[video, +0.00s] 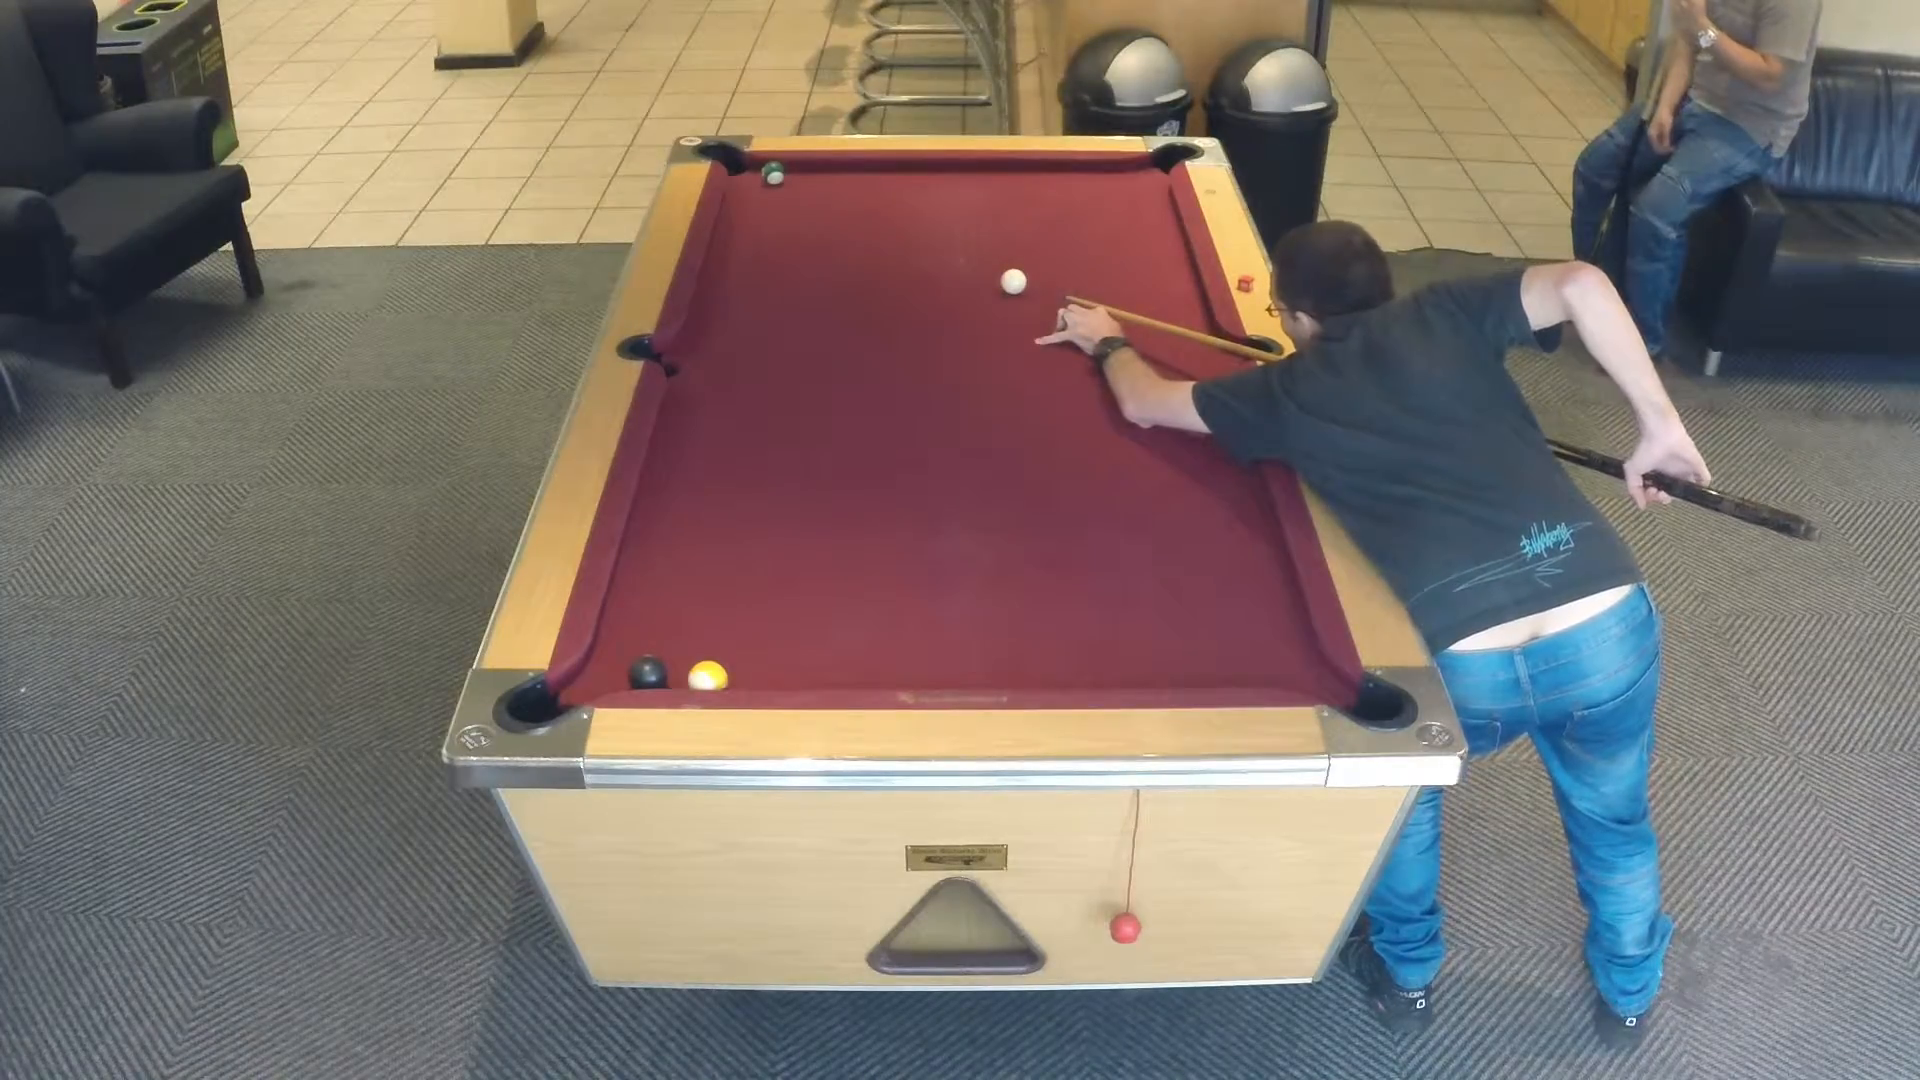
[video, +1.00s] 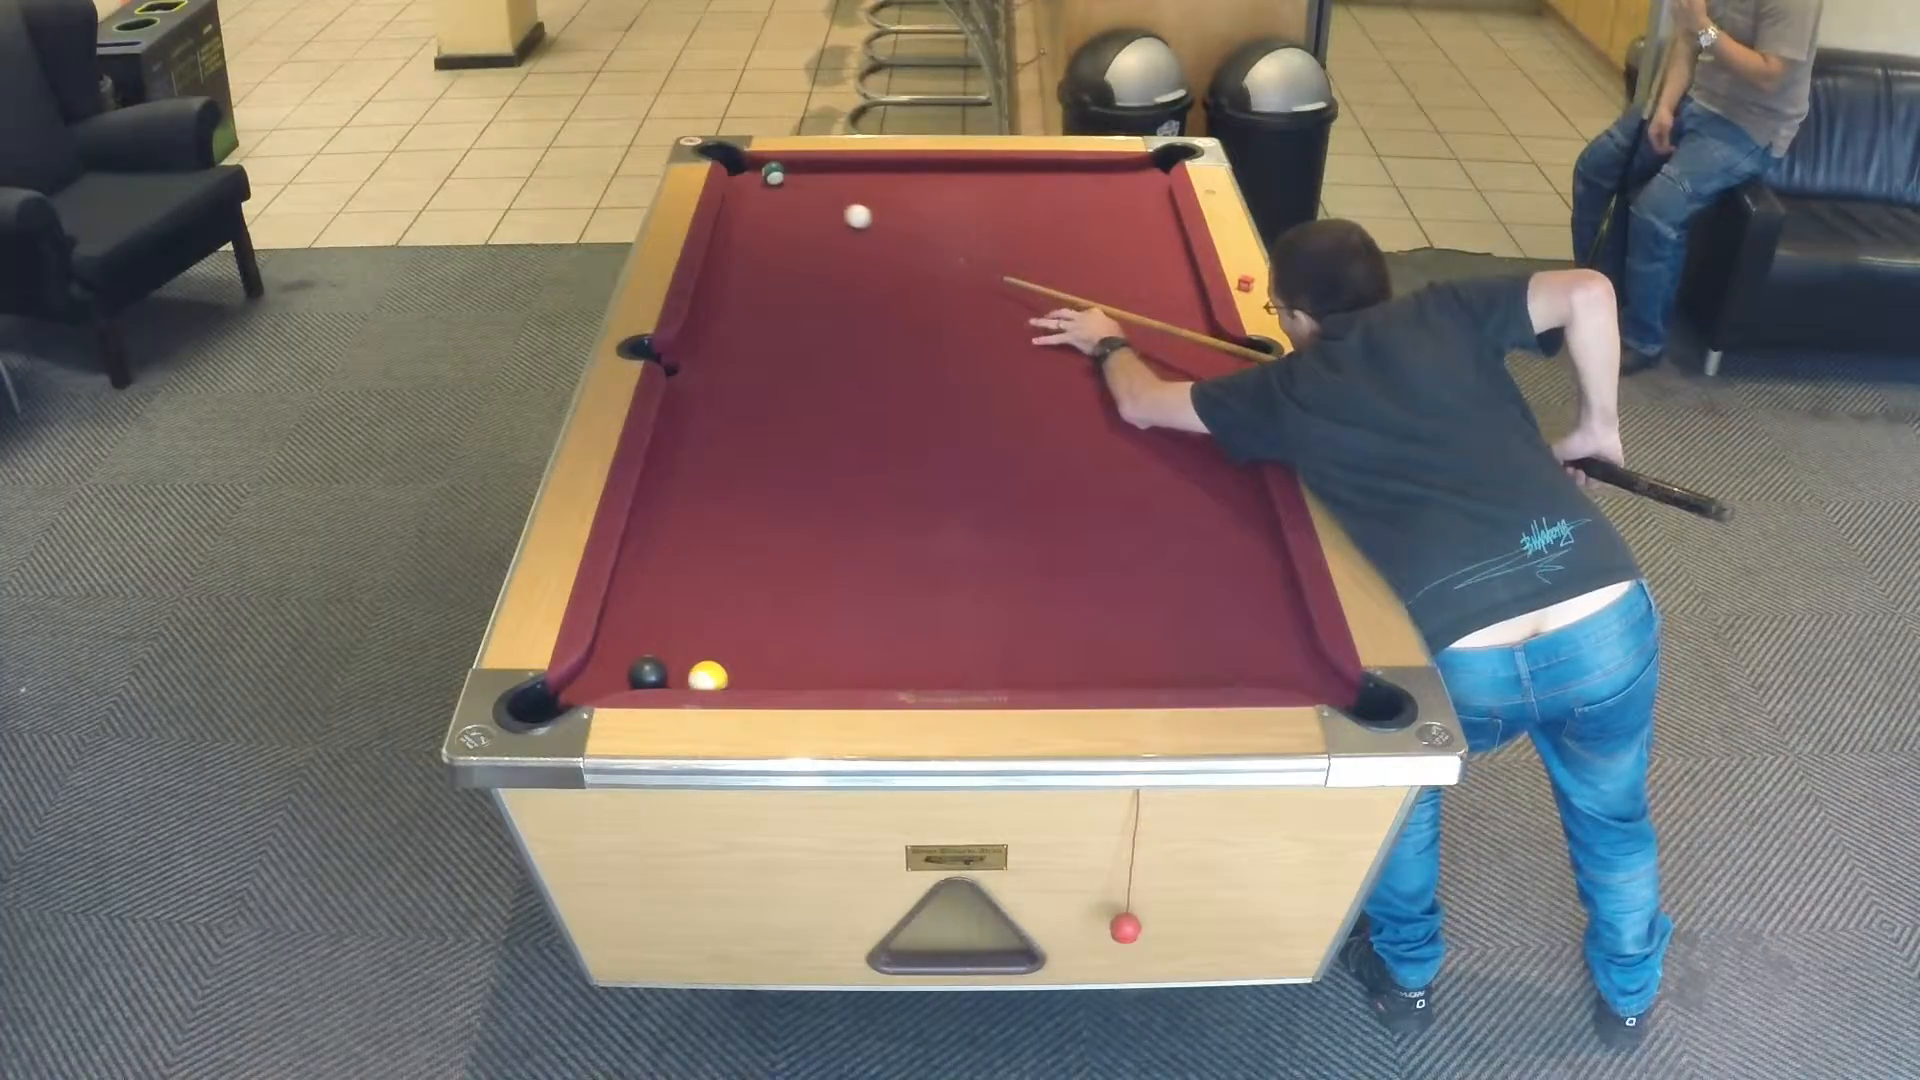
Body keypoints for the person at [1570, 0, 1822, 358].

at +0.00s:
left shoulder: (1792, 6)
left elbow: (1770, 75)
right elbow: (1684, 44)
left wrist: (1703, 29)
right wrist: (1665, 107)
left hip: (1747, 126)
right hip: (1689, 102)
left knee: (1655, 209)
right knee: (1594, 170)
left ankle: (1642, 345)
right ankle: (1589, 302)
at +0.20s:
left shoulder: (1791, 6)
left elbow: (1770, 76)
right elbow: (1685, 41)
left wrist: (1702, 28)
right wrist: (1665, 106)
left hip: (1747, 127)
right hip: (1689, 102)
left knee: (1655, 210)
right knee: (1594, 168)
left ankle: (1645, 344)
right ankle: (1584, 298)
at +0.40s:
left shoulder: (1791, 6)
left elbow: (1770, 76)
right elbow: (1685, 40)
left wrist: (1702, 28)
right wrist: (1665, 106)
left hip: (1746, 127)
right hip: (1689, 103)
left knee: (1654, 211)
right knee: (1595, 168)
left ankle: (1642, 342)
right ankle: (1588, 300)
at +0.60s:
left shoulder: (1791, 6)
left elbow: (1769, 76)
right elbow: (1686, 40)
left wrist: (1702, 27)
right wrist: (1666, 106)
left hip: (1746, 127)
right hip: (1689, 103)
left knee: (1654, 211)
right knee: (1594, 168)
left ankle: (1643, 342)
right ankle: (1589, 299)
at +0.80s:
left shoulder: (1791, 7)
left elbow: (1769, 76)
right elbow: (1686, 39)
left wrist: (1702, 27)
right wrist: (1666, 106)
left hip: (1746, 127)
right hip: (1689, 103)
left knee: (1654, 211)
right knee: (1594, 168)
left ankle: (1643, 342)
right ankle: (1590, 299)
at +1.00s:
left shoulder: (1792, 6)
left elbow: (1770, 76)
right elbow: (1686, 40)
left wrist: (1703, 28)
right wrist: (1665, 106)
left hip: (1747, 127)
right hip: (1689, 103)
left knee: (1653, 210)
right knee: (1595, 168)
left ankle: (1642, 341)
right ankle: (1591, 301)